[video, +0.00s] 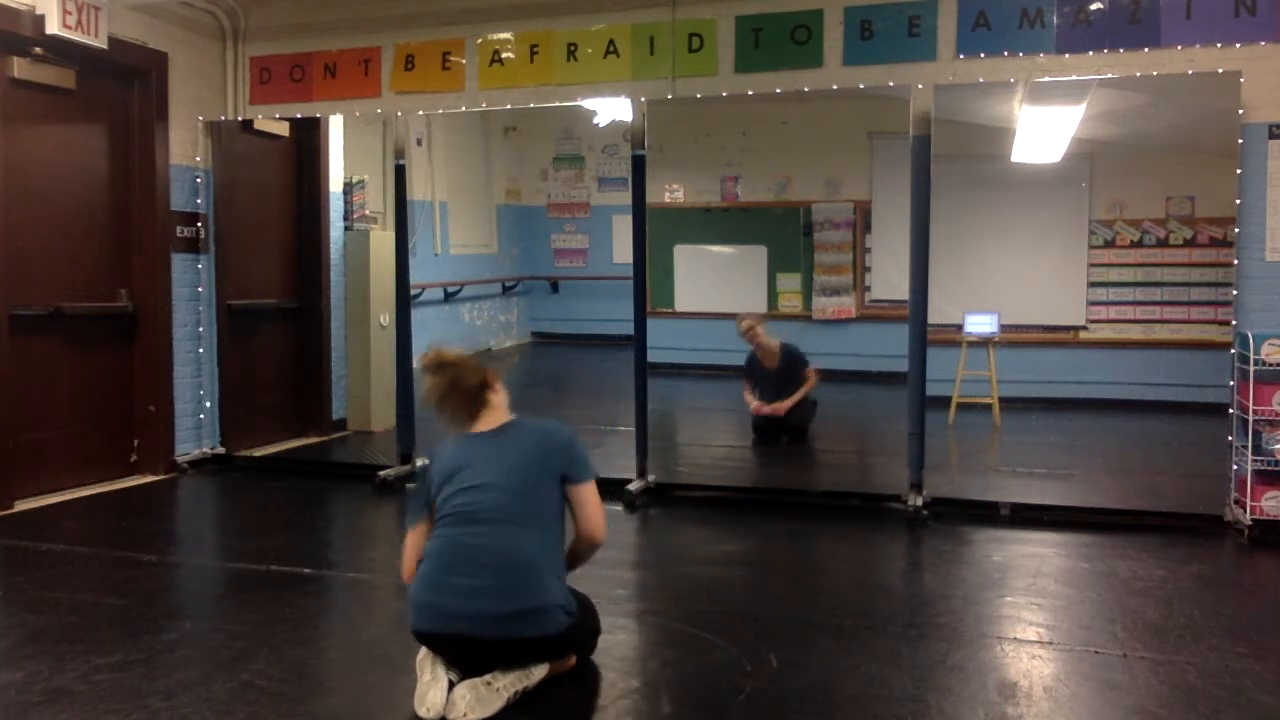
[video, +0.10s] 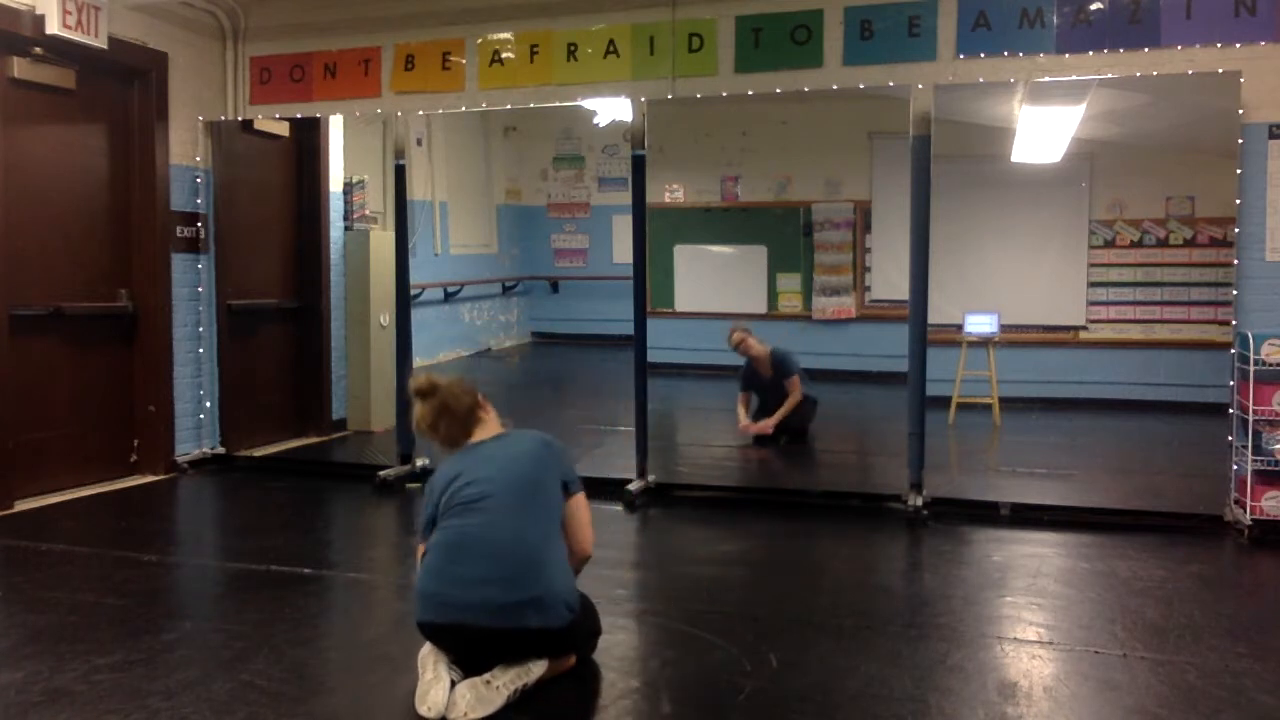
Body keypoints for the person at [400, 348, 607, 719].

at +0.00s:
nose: (502, 385)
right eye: (498, 382)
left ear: (450, 408)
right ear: (494, 385)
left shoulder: (441, 457)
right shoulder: (555, 438)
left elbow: (410, 572)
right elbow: (593, 533)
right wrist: (555, 568)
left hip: (437, 624)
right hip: (531, 620)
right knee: (583, 615)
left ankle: (447, 673)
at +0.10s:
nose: (492, 407)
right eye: (488, 404)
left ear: (443, 435)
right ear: (485, 406)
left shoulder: (443, 474)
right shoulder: (545, 447)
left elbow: (425, 559)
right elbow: (582, 547)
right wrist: (549, 587)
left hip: (443, 616)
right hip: (538, 614)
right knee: (585, 631)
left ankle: (439, 663)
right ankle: (508, 681)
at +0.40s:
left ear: (452, 481)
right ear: (491, 458)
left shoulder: (459, 491)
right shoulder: (551, 477)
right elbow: (554, 537)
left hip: (443, 594)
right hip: (534, 587)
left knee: (486, 652)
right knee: (583, 637)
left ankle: (443, 662)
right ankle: (533, 666)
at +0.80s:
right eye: (510, 400)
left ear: (457, 421)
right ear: (507, 404)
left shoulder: (446, 458)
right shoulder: (546, 446)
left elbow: (452, 522)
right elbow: (557, 527)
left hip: (444, 606)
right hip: (536, 601)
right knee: (584, 635)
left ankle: (445, 662)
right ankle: (517, 675)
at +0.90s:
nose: (522, 390)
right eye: (519, 383)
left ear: (457, 399)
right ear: (512, 389)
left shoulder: (439, 445)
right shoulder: (544, 438)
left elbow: (420, 533)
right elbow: (584, 537)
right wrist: (548, 564)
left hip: (439, 609)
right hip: (528, 603)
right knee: (584, 632)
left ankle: (440, 664)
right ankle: (514, 675)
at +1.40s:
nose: (571, 384)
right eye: (570, 376)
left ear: (509, 374)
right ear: (563, 384)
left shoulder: (456, 432)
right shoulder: (562, 450)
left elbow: (414, 517)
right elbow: (564, 548)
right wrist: (560, 575)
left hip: (423, 623)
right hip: (508, 626)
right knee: (583, 622)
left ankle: (437, 673)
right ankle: (495, 688)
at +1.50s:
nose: (591, 407)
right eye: (590, 396)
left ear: (533, 388)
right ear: (587, 403)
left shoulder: (487, 438)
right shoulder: (576, 466)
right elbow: (577, 573)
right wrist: (585, 590)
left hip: (423, 619)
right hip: (506, 622)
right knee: (582, 624)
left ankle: (438, 671)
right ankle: (492, 691)